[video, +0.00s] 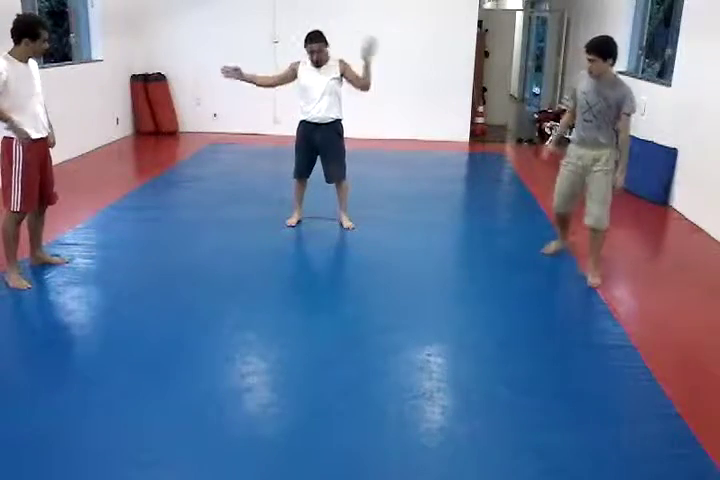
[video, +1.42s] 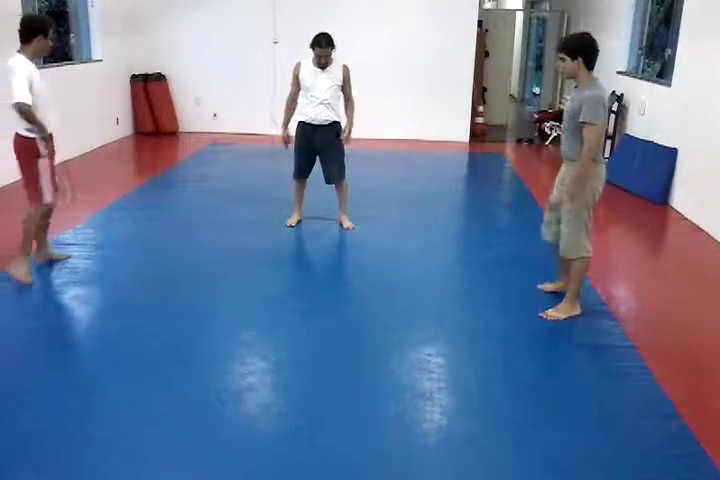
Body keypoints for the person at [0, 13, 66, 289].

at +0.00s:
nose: (47, 46)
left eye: (47, 41)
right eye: (44, 41)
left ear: (29, 42)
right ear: (26, 41)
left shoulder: (32, 64)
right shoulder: (5, 68)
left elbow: (37, 100)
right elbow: (0, 107)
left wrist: (48, 128)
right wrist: (17, 127)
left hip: (39, 140)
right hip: (16, 142)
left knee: (40, 202)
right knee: (17, 209)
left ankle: (37, 252)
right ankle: (11, 268)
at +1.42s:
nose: (51, 44)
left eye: (51, 39)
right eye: (49, 38)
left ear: (29, 38)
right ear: (39, 38)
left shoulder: (28, 65)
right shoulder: (18, 66)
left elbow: (29, 104)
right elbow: (21, 105)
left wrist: (46, 131)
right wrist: (45, 132)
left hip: (39, 139)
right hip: (29, 140)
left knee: (49, 198)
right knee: (41, 202)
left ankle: (43, 250)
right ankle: (22, 258)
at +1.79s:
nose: (61, 47)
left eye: (62, 42)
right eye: (61, 42)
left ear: (37, 37)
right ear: (55, 40)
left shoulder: (20, 62)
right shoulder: (48, 63)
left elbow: (2, 93)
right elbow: (61, 97)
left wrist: (20, 118)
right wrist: (67, 123)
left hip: (26, 136)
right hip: (49, 136)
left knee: (40, 193)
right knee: (76, 184)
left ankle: (41, 250)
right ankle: (72, 240)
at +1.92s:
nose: (65, 46)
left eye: (66, 42)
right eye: (65, 41)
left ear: (41, 38)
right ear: (60, 40)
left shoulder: (23, 62)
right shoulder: (57, 66)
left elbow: (2, 92)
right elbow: (75, 98)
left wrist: (20, 119)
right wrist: (75, 124)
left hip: (31, 135)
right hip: (57, 136)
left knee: (44, 192)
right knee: (72, 187)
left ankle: (42, 249)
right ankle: (70, 234)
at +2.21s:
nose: (77, 44)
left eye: (76, 40)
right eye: (77, 40)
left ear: (53, 36)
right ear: (73, 38)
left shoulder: (31, 58)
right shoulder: (73, 64)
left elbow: (8, 86)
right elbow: (94, 97)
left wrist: (27, 113)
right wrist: (84, 119)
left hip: (40, 129)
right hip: (64, 129)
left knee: (55, 182)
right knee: (71, 184)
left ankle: (46, 226)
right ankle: (69, 234)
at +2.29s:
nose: (78, 44)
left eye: (78, 40)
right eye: (78, 40)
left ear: (55, 36)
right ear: (74, 38)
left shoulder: (33, 58)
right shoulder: (74, 62)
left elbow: (10, 85)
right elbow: (95, 95)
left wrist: (29, 113)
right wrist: (84, 117)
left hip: (41, 127)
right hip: (64, 128)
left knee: (58, 177)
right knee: (71, 183)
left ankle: (50, 224)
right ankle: (69, 234)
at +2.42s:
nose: (81, 45)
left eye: (81, 40)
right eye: (81, 40)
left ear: (60, 35)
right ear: (76, 38)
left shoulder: (39, 56)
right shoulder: (73, 60)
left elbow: (14, 84)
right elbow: (91, 92)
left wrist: (31, 112)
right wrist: (84, 116)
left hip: (43, 125)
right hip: (63, 126)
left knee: (63, 177)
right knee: (71, 181)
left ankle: (60, 229)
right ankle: (69, 232)